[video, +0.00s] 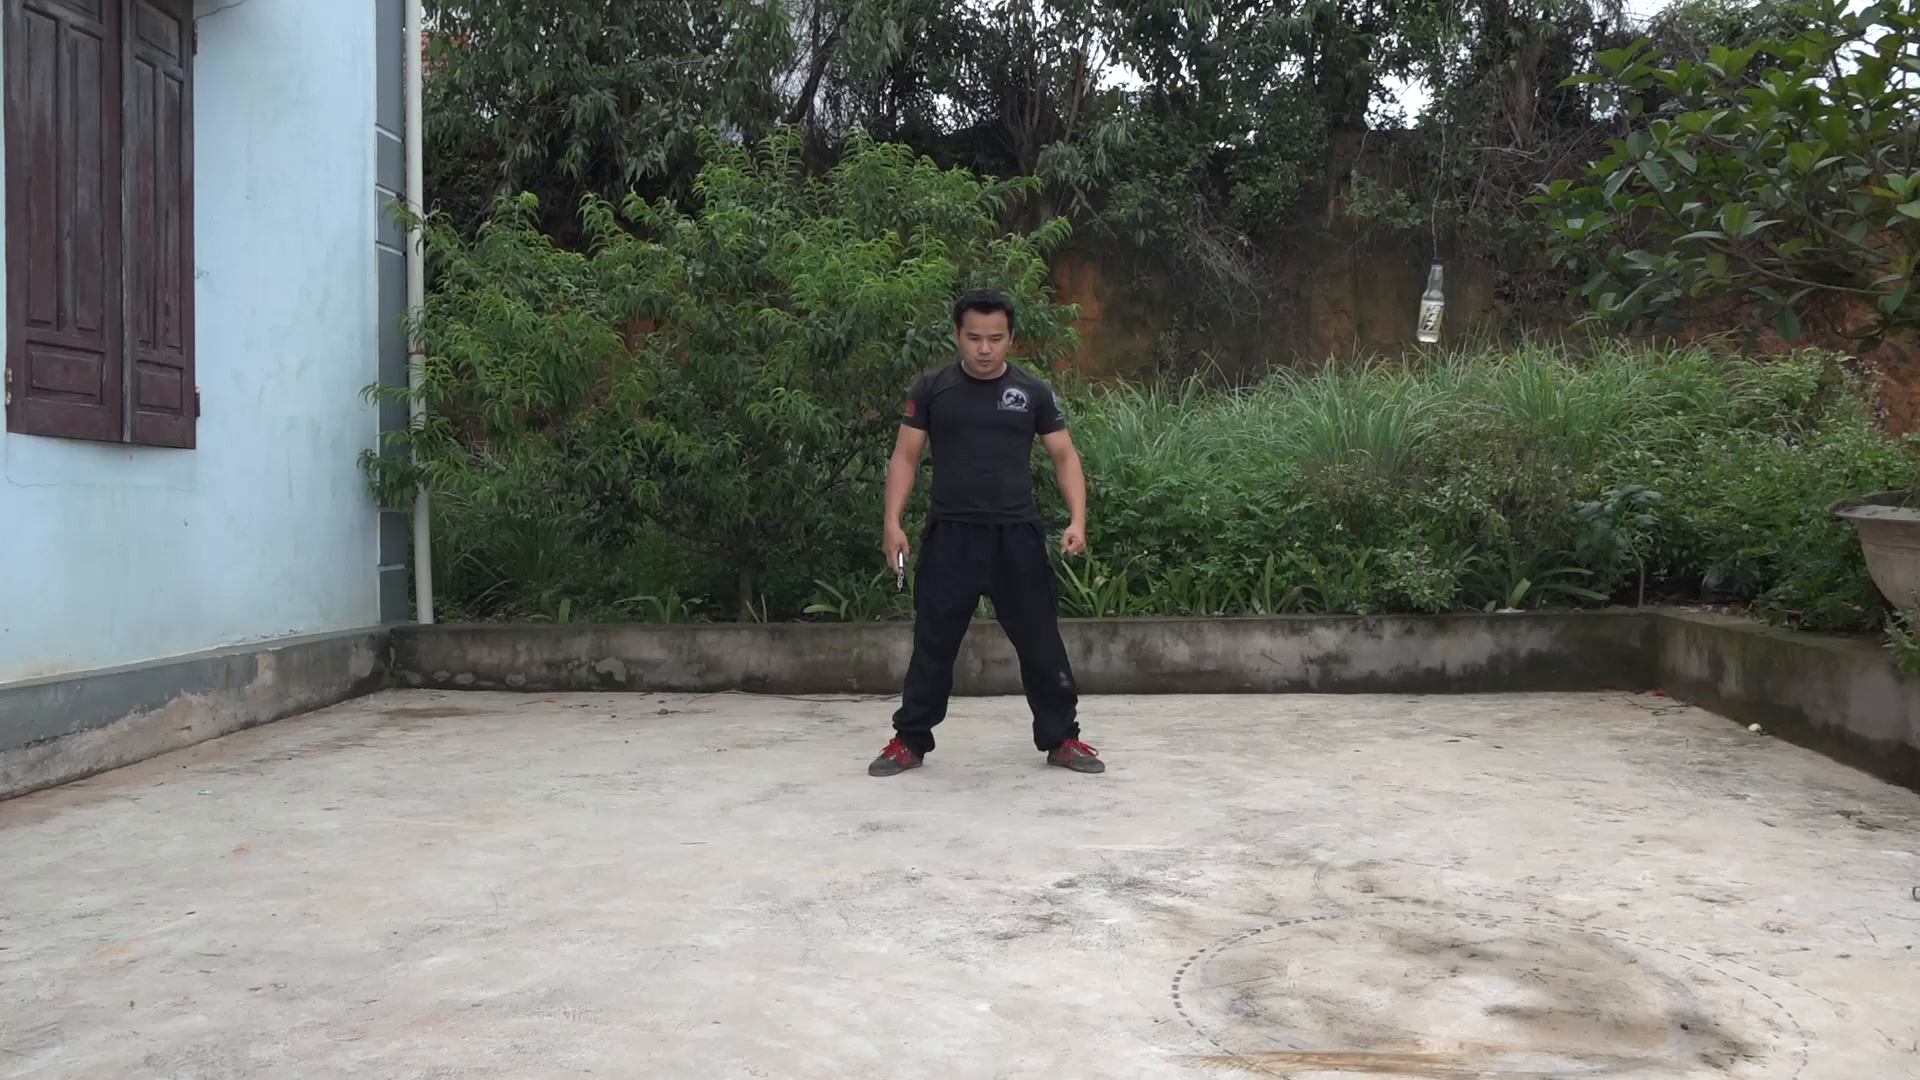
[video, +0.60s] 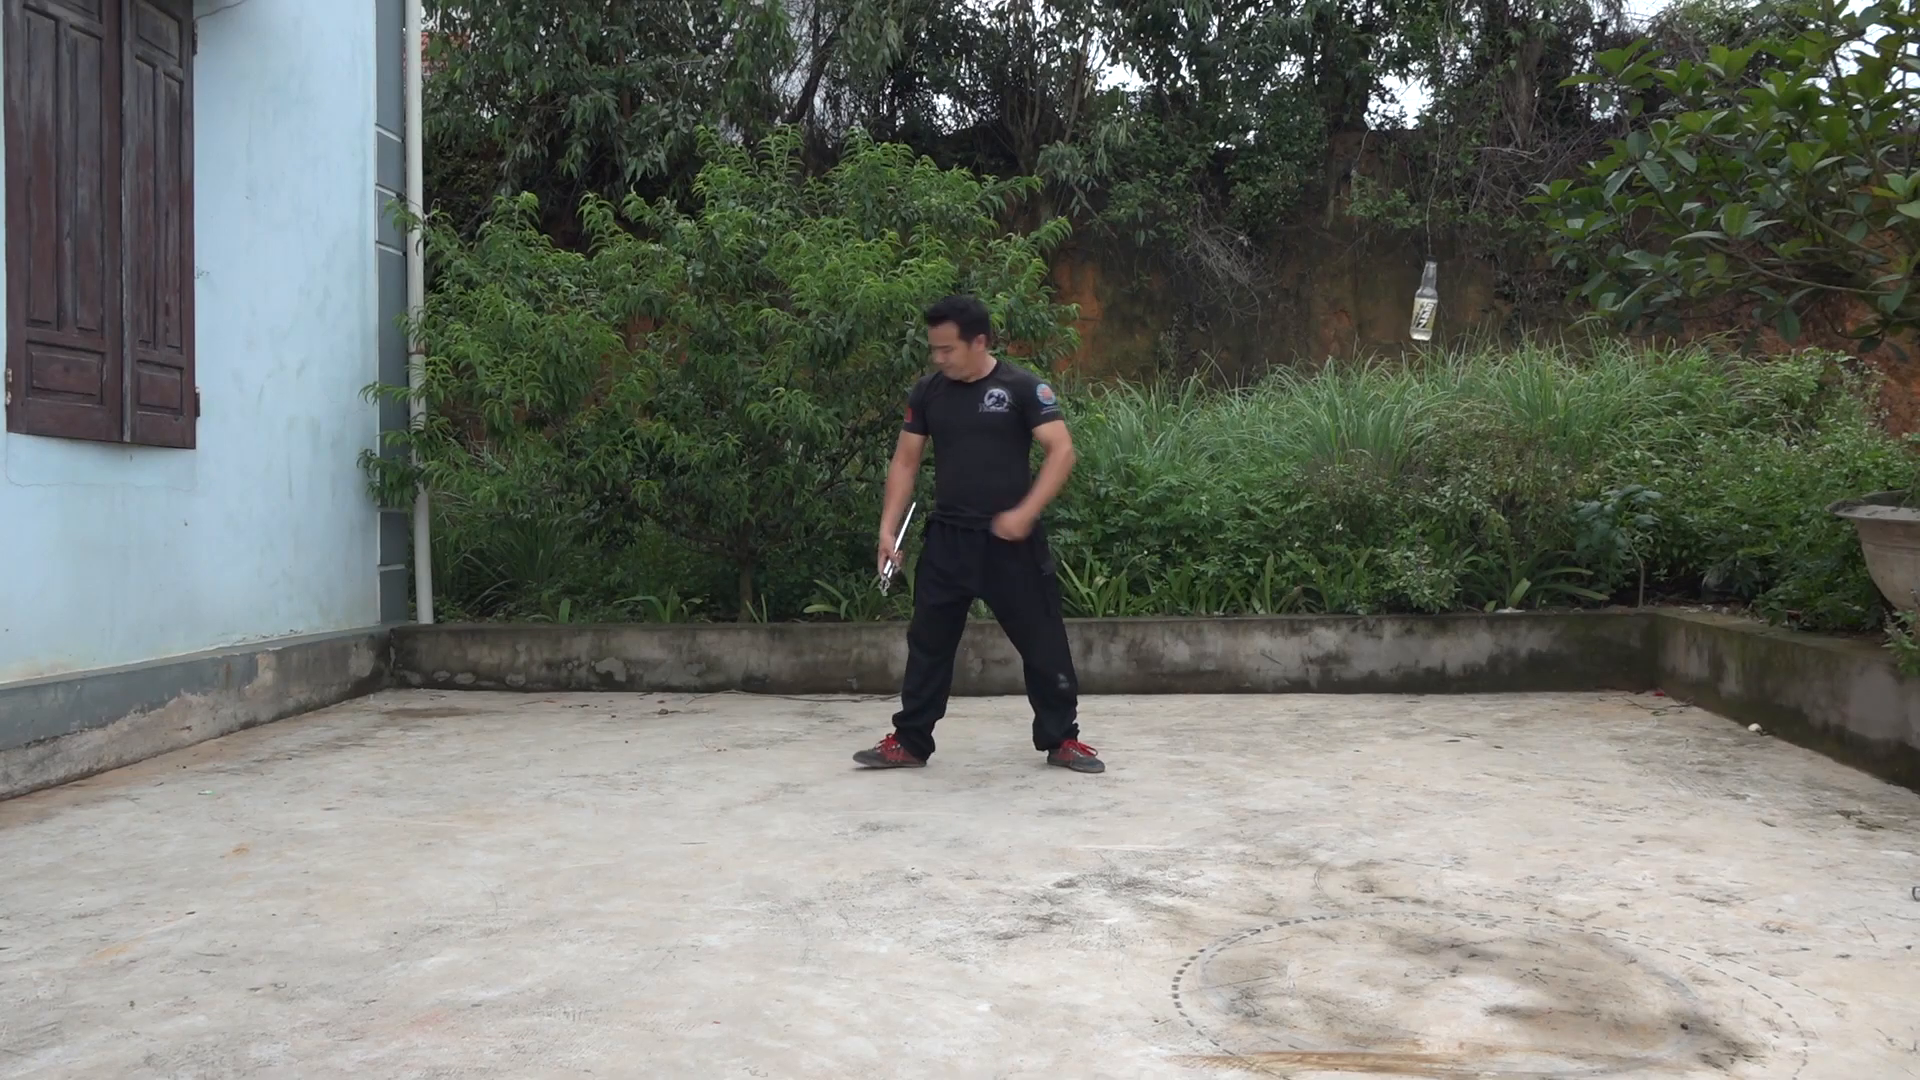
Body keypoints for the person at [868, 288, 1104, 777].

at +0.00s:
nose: (984, 348)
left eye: (995, 338)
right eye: (974, 337)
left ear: (1009, 340)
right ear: (958, 338)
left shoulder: (1033, 393)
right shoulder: (931, 389)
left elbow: (1064, 456)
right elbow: (905, 456)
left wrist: (1077, 517)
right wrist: (892, 521)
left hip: (1018, 537)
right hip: (950, 536)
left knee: (1041, 640)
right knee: (932, 642)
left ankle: (1062, 740)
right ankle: (910, 741)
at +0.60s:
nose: (937, 358)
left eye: (945, 348)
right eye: (934, 348)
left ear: (980, 343)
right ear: (934, 346)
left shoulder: (1022, 387)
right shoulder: (928, 391)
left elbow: (1062, 450)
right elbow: (905, 462)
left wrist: (1026, 512)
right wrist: (887, 529)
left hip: (1012, 537)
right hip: (948, 538)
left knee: (1043, 638)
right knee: (928, 639)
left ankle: (1061, 739)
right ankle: (911, 740)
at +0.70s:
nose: (913, 361)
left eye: (918, 352)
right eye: (911, 352)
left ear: (949, 348)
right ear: (941, 350)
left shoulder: (1004, 386)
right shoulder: (918, 393)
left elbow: (1005, 452)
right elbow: (899, 462)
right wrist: (894, 533)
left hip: (998, 541)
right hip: (935, 541)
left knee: (1030, 639)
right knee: (915, 641)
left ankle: (1059, 739)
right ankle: (906, 741)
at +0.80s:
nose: (893, 361)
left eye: (896, 352)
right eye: (891, 353)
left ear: (925, 347)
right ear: (920, 348)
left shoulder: (978, 380)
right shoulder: (906, 392)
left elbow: (921, 431)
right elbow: (885, 455)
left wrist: (881, 416)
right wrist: (916, 495)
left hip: (970, 536)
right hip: (916, 535)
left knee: (999, 638)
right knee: (906, 641)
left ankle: (1047, 734)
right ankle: (905, 740)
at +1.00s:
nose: (876, 352)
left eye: (882, 340)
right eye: (871, 344)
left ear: (915, 334)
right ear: (875, 346)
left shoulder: (948, 373)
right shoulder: (891, 387)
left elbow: (877, 417)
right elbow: (859, 447)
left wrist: (855, 401)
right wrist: (897, 443)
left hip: (948, 529)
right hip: (902, 530)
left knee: (950, 641)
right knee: (904, 641)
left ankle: (968, 754)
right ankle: (906, 742)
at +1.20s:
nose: (891, 345)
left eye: (900, 333)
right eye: (880, 338)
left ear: (924, 337)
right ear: (873, 349)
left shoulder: (934, 380)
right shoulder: (889, 393)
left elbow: (891, 445)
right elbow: (866, 455)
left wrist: (851, 435)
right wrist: (864, 471)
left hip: (931, 539)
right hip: (895, 538)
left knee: (928, 649)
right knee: (890, 643)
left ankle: (932, 771)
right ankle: (901, 739)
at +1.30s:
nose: (885, 346)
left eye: (896, 336)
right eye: (876, 338)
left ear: (920, 340)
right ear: (867, 347)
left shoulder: (926, 387)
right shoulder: (894, 395)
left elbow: (942, 448)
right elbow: (893, 461)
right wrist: (869, 497)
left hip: (915, 543)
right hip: (885, 542)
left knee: (907, 654)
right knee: (881, 648)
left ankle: (926, 781)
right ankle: (897, 742)